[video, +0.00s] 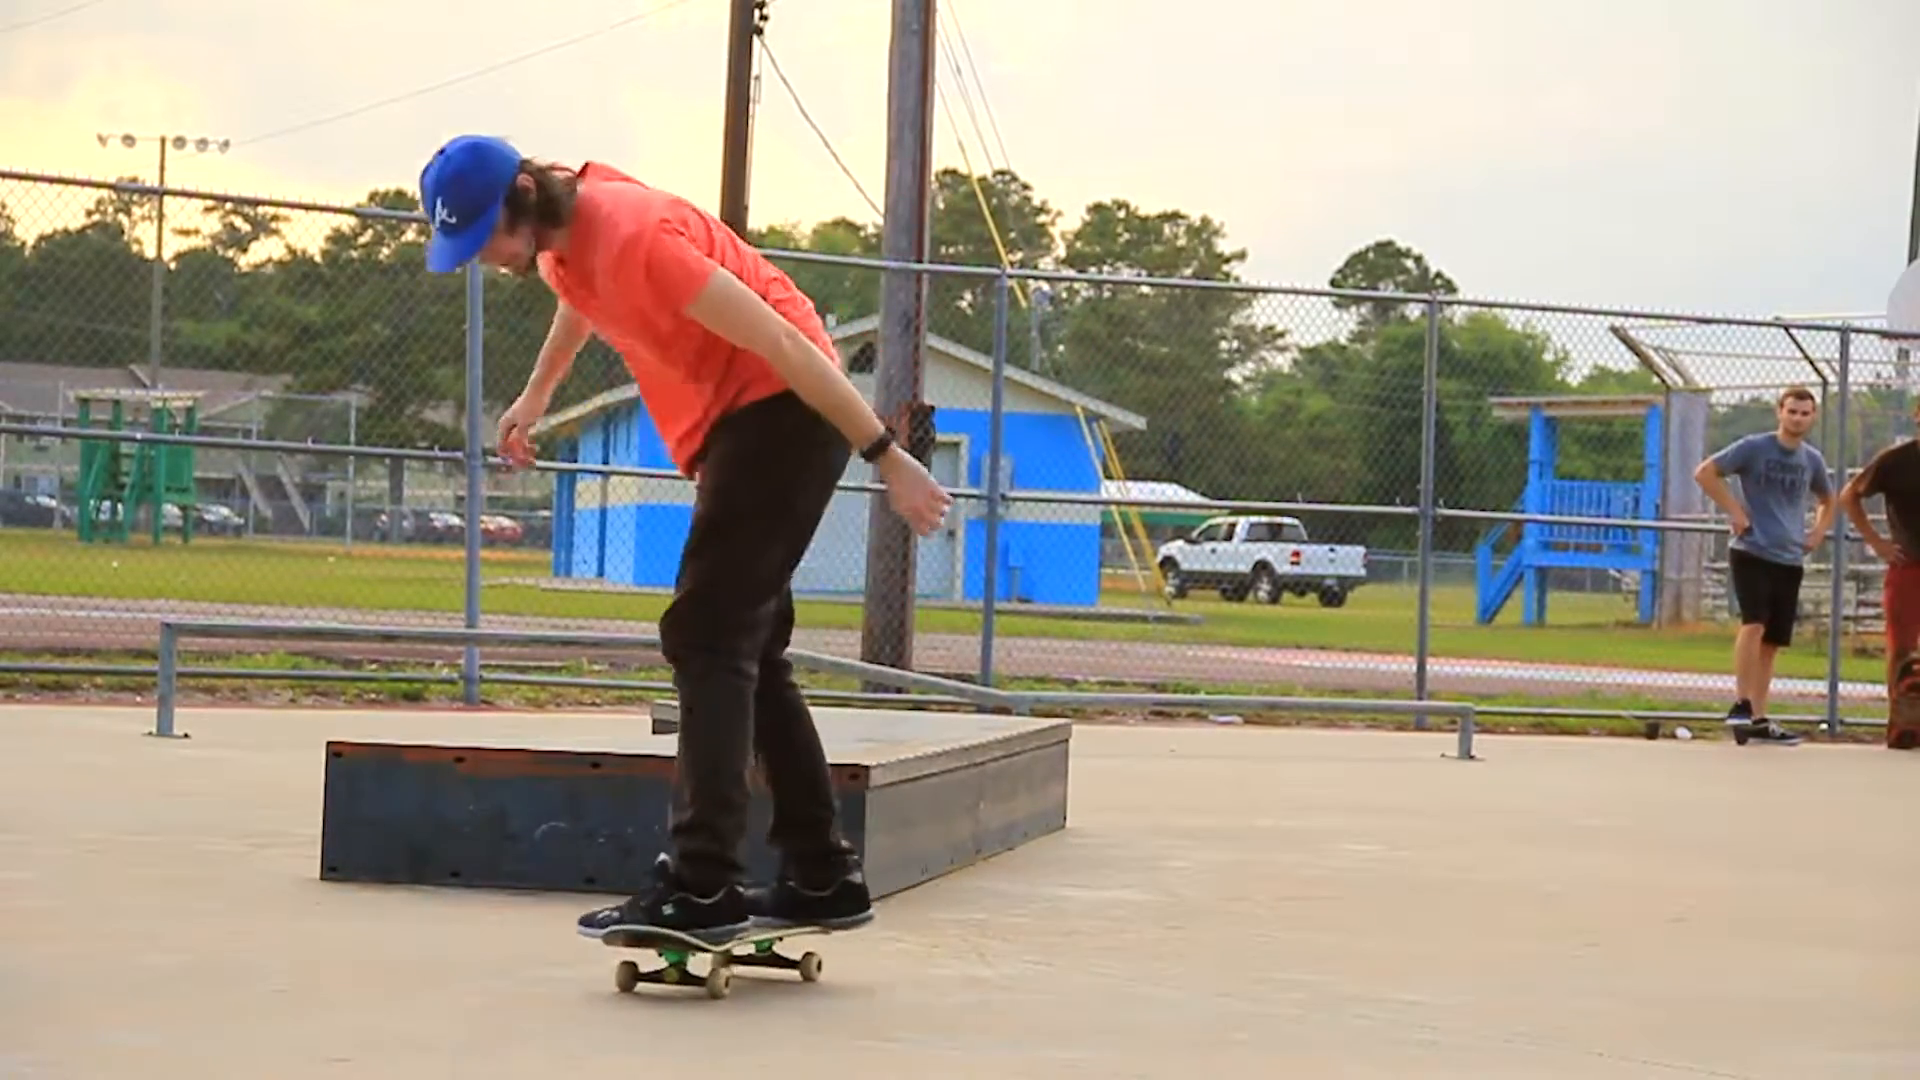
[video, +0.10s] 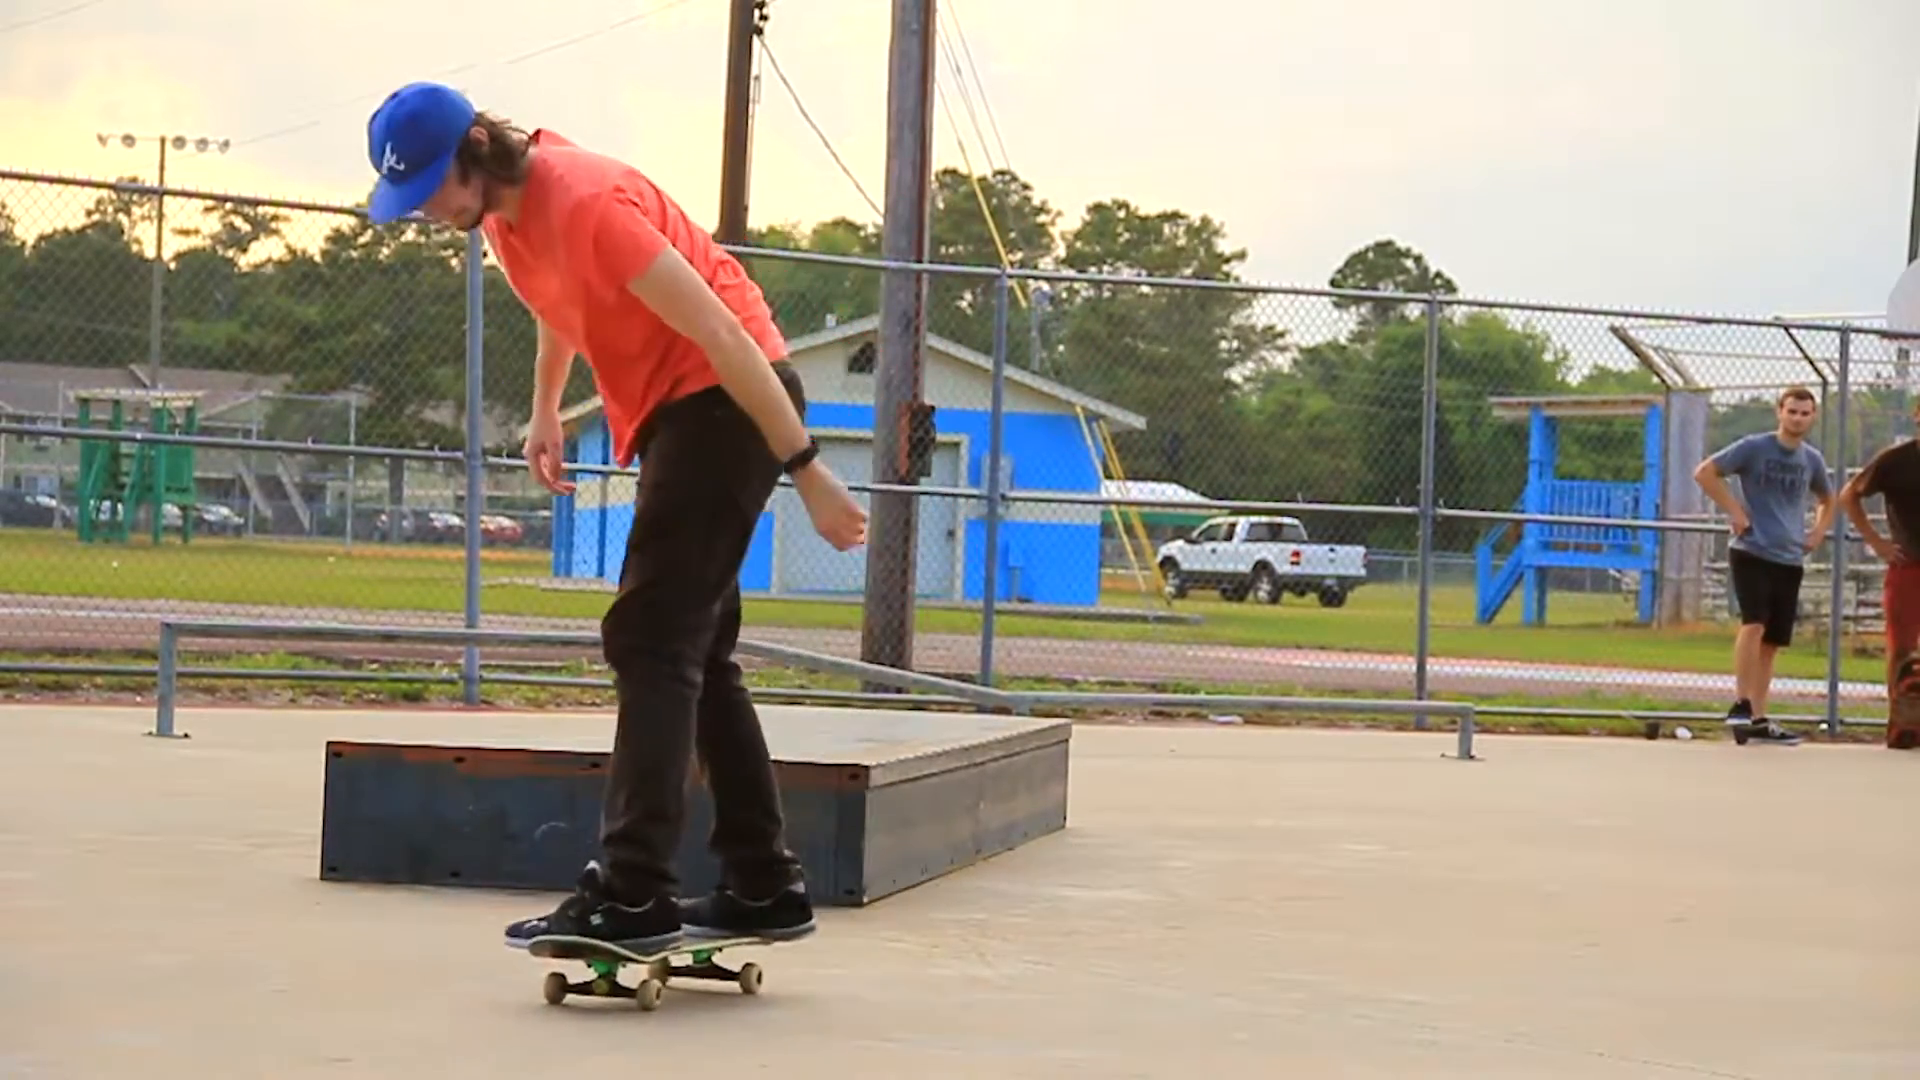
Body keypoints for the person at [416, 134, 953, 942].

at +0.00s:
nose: (492, 260)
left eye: (491, 242)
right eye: (478, 250)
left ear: (521, 202)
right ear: (508, 208)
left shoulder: (633, 237)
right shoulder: (568, 232)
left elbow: (777, 335)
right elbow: (578, 307)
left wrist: (887, 456)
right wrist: (532, 400)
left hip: (782, 406)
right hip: (742, 413)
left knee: (707, 633)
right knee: (752, 652)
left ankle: (701, 882)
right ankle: (820, 873)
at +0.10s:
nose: (429, 215)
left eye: (430, 196)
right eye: (417, 203)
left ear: (470, 159)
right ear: (450, 168)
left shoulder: (587, 206)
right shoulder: (503, 211)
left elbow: (720, 331)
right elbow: (564, 303)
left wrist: (808, 470)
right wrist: (546, 404)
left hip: (722, 396)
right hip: (678, 405)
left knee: (652, 636)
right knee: (698, 655)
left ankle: (633, 891)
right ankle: (762, 884)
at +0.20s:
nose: (373, 162)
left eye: (377, 141)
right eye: (358, 149)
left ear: (419, 102)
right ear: (354, 132)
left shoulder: (532, 167)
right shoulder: (441, 178)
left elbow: (634, 335)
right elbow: (515, 290)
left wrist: (676, 497)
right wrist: (522, 399)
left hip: (665, 388)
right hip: (617, 397)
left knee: (592, 641)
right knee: (646, 651)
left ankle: (568, 901)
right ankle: (702, 888)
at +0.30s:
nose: (308, 111)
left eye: (316, 87)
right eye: (292, 96)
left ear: (366, 49)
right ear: (287, 85)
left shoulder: (467, 133)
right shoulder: (378, 140)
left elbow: (535, 326)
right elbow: (455, 280)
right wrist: (461, 391)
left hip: (601, 381)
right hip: (548, 387)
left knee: (522, 639)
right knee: (567, 641)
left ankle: (502, 909)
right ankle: (626, 895)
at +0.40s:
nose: (235, 59)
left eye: (245, 35)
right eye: (221, 43)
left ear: (302, 10)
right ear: (241, 31)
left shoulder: (405, 101)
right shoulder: (311, 101)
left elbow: (439, 305)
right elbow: (389, 271)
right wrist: (386, 413)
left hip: (516, 374)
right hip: (468, 381)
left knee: (452, 640)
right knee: (494, 641)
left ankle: (433, 918)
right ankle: (534, 908)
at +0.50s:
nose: (179, 13)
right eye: (171, 4)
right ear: (188, 5)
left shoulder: (342, 59)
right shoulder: (227, 52)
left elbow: (361, 270)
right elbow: (297, 223)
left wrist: (217, 383)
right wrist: (274, 360)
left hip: (432, 361)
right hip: (370, 368)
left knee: (372, 641)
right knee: (407, 649)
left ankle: (356, 934)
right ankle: (448, 924)